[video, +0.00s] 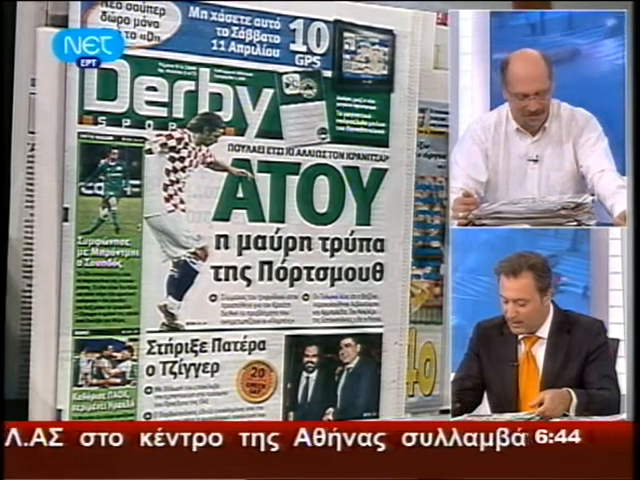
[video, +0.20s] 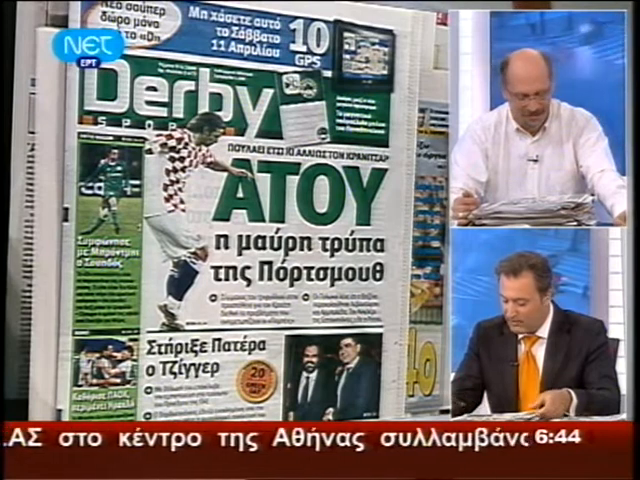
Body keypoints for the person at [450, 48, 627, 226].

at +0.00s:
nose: (533, 106)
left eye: (541, 95)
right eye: (522, 97)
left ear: (551, 86)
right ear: (505, 91)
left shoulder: (580, 124)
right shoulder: (482, 131)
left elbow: (604, 174)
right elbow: (462, 189)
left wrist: (624, 211)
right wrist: (463, 208)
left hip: (567, 245)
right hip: (499, 245)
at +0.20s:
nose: (533, 106)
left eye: (541, 95)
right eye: (522, 97)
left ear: (551, 86)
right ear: (505, 91)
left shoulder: (580, 124)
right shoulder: (482, 131)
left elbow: (604, 174)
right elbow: (462, 189)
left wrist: (624, 211)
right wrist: (463, 208)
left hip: (567, 245)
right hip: (499, 245)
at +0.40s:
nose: (533, 105)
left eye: (541, 94)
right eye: (522, 96)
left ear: (551, 86)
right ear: (505, 91)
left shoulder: (580, 124)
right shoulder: (482, 131)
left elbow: (604, 174)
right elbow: (462, 188)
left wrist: (624, 211)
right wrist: (463, 208)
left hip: (567, 245)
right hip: (499, 245)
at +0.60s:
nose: (530, 105)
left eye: (539, 94)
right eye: (520, 95)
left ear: (551, 86)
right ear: (504, 90)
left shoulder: (580, 124)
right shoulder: (482, 131)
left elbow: (604, 174)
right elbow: (462, 187)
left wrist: (624, 211)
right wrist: (462, 208)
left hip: (567, 246)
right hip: (499, 246)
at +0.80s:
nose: (529, 104)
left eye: (538, 94)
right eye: (519, 95)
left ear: (551, 86)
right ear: (504, 89)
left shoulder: (580, 124)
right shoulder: (482, 131)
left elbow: (603, 174)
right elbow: (462, 187)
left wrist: (624, 211)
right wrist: (462, 208)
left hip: (567, 246)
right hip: (499, 246)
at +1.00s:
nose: (528, 105)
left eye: (537, 94)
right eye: (518, 95)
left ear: (551, 86)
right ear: (504, 90)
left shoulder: (580, 124)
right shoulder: (482, 131)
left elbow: (604, 174)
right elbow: (462, 187)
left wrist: (624, 211)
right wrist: (462, 208)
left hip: (567, 245)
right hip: (499, 245)